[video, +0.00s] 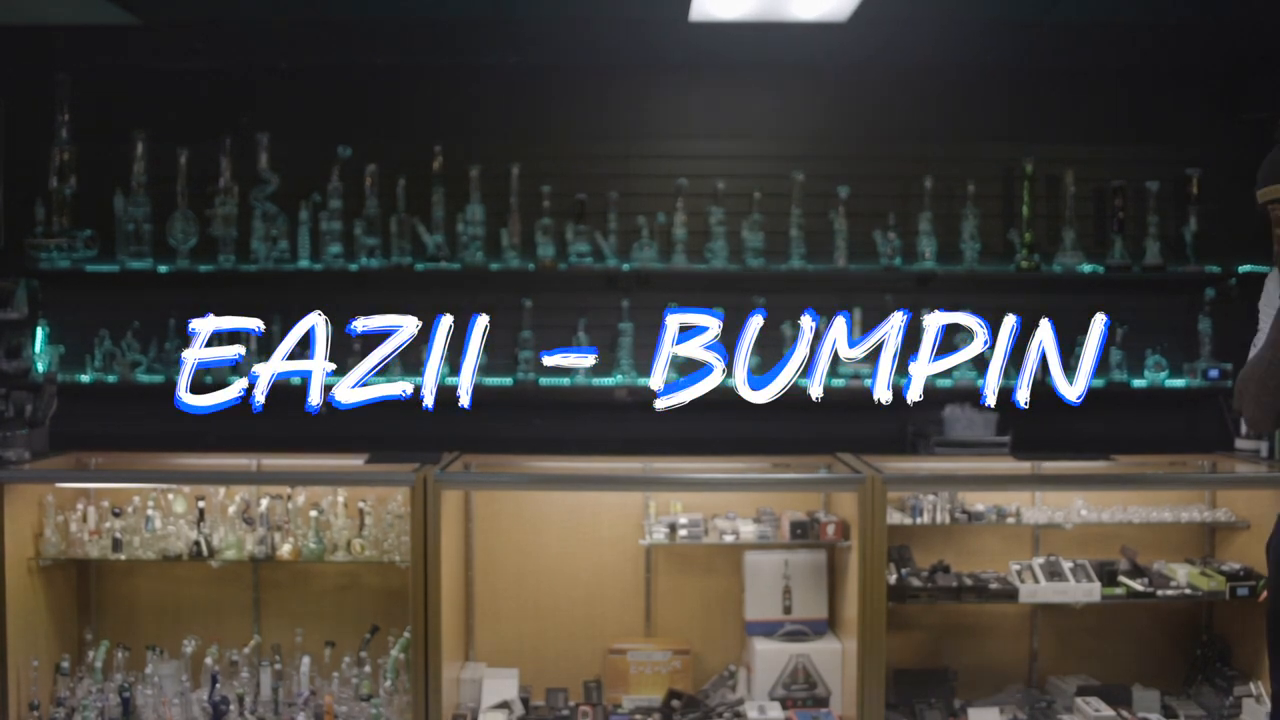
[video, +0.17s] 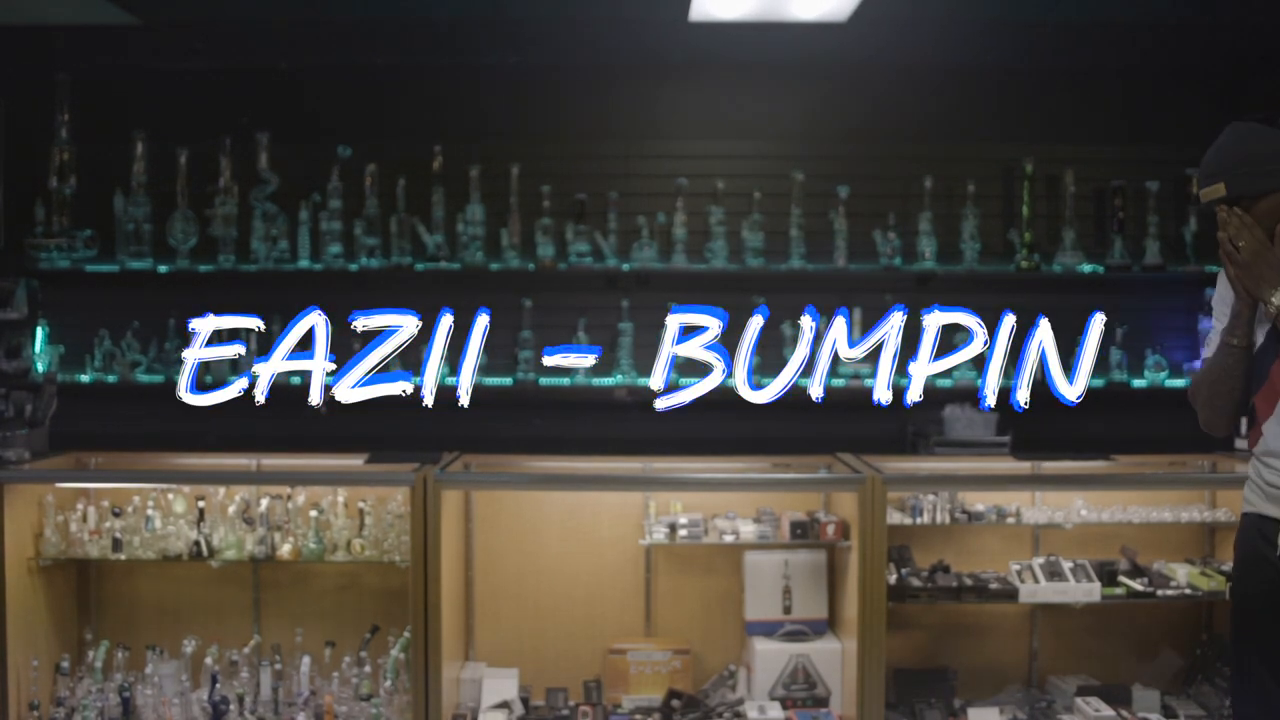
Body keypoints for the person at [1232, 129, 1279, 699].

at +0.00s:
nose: (1274, 223)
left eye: (1275, 206)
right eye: (1269, 208)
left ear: (1278, 205)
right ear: (1263, 210)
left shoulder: (1272, 291)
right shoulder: (1270, 290)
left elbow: (1255, 411)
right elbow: (1253, 410)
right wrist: (1273, 334)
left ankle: (1272, 697)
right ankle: (1272, 698)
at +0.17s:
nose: (1225, 228)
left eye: (1237, 209)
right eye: (1215, 215)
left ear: (1274, 204)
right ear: (1216, 218)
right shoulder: (1236, 279)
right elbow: (1214, 418)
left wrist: (1268, 289)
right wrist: (1246, 306)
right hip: (1264, 515)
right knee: (1255, 691)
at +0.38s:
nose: (1184, 222)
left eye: (1194, 205)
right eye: (1175, 209)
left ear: (1241, 189)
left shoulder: (1279, 260)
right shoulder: (1199, 269)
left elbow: (1274, 374)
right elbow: (1169, 421)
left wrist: (1228, 299)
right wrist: (1189, 315)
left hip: (1278, 526)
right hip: (1221, 523)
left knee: (1263, 700)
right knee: (1220, 698)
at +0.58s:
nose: (1149, 227)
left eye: (1161, 210)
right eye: (1139, 214)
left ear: (1210, 193)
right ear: (1127, 210)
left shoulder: (1271, 260)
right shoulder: (1147, 272)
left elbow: (1270, 409)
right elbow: (1092, 412)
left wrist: (1214, 267)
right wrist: (1100, 283)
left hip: (1253, 547)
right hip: (1169, 546)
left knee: (1204, 711)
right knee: (1185, 711)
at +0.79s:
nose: (1119, 212)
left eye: (1132, 193)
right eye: (1108, 197)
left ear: (1185, 178)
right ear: (1096, 194)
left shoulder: (1263, 259)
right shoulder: (1107, 263)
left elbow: (1211, 393)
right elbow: (1037, 403)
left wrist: (1168, 245)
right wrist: (1061, 259)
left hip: (1202, 550)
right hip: (1109, 549)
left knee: (1146, 707)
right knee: (1097, 708)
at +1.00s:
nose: (1062, 190)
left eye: (1072, 170)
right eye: (1049, 176)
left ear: (1123, 157)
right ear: (1040, 184)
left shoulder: (1214, 244)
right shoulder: (1052, 253)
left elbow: (1141, 387)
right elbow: (986, 397)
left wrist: (1095, 234)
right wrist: (1002, 247)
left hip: (1148, 555)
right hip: (1041, 547)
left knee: (1119, 707)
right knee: (977, 706)